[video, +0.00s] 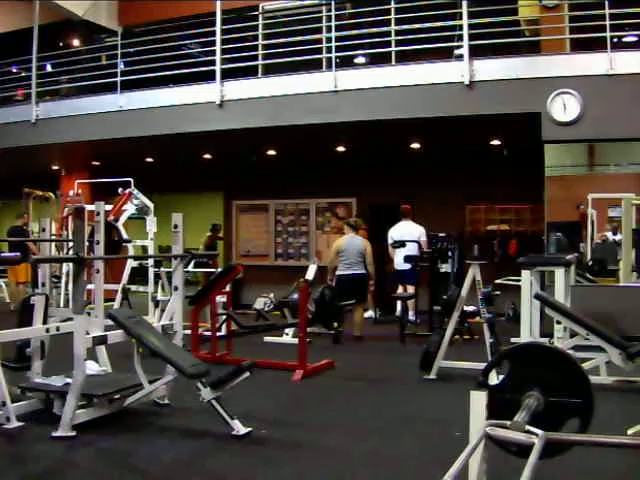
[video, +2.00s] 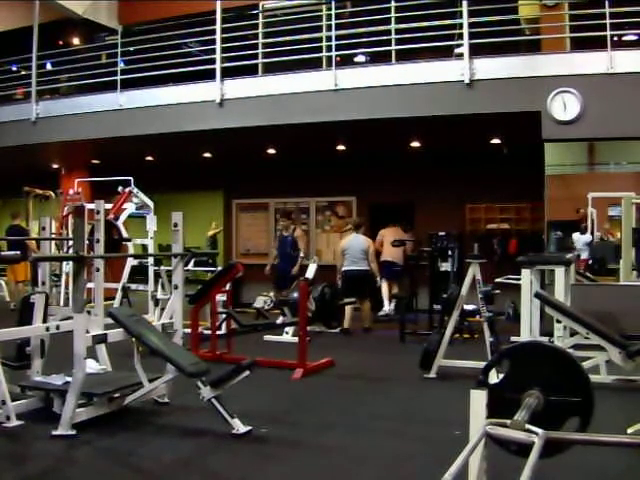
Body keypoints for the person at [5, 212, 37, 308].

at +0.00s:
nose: (28, 220)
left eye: (27, 217)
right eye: (27, 218)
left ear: (17, 218)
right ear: (24, 218)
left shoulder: (10, 230)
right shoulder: (23, 231)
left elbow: (10, 244)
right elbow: (30, 244)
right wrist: (36, 251)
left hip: (10, 260)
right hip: (22, 259)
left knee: (12, 284)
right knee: (21, 284)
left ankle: (13, 303)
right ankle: (21, 303)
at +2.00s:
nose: (21, 218)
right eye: (21, 216)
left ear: (11, 218)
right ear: (20, 217)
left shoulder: (8, 230)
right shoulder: (23, 230)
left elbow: (7, 242)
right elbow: (30, 243)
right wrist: (37, 251)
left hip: (10, 259)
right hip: (21, 258)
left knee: (12, 283)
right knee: (21, 283)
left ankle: (12, 302)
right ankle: (21, 303)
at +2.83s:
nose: (21, 220)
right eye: (21, 218)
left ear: (12, 217)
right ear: (20, 218)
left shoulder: (7, 228)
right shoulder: (22, 230)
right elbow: (30, 243)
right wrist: (36, 250)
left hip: (9, 258)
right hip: (21, 257)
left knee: (10, 282)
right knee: (19, 282)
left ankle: (10, 301)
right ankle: (18, 302)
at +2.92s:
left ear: (10, 218)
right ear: (20, 217)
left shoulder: (8, 228)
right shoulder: (22, 229)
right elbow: (29, 242)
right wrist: (36, 251)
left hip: (10, 258)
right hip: (21, 258)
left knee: (11, 282)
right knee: (20, 281)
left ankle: (11, 300)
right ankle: (21, 301)